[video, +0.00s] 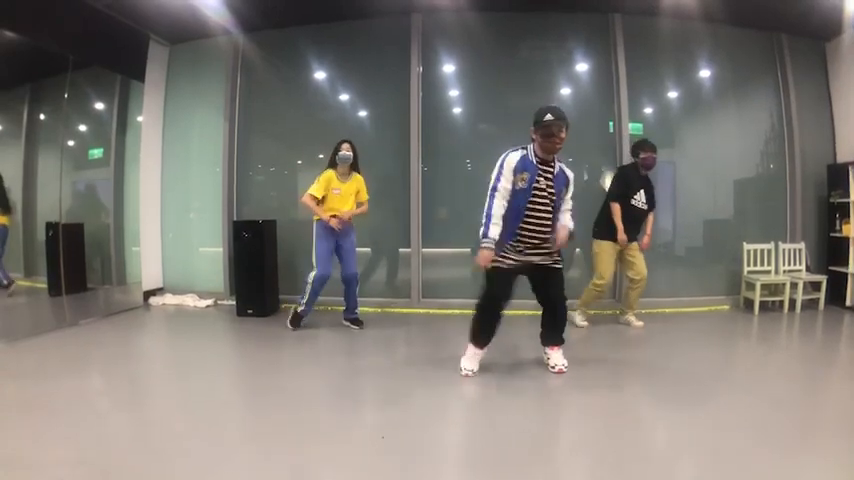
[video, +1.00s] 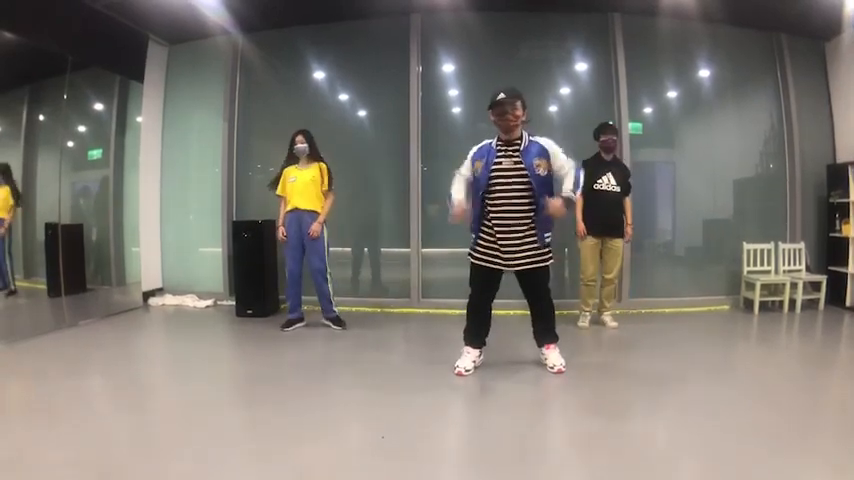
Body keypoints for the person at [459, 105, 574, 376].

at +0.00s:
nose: (556, 140)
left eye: (560, 134)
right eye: (549, 134)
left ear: (566, 135)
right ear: (534, 134)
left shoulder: (565, 175)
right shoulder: (513, 161)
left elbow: (566, 209)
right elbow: (497, 201)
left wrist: (564, 227)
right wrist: (487, 244)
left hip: (544, 252)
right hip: (509, 250)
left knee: (556, 301)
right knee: (493, 299)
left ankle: (553, 348)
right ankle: (476, 347)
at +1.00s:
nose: (509, 117)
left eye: (513, 111)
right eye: (501, 113)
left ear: (523, 113)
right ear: (492, 117)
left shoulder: (542, 148)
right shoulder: (480, 152)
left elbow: (569, 170)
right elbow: (461, 178)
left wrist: (564, 198)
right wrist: (458, 202)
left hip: (529, 238)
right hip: (489, 238)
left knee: (539, 294)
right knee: (480, 295)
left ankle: (549, 346)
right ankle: (472, 349)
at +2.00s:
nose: (482, 138)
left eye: (487, 131)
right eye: (475, 133)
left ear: (496, 131)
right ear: (465, 135)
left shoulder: (508, 164)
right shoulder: (452, 165)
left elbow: (521, 196)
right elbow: (423, 197)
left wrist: (523, 217)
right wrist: (447, 217)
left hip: (496, 249)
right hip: (458, 250)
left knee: (519, 298)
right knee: (433, 300)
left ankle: (525, 349)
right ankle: (405, 345)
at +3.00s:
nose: (463, 119)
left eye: (468, 114)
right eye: (456, 115)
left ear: (476, 117)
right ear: (446, 120)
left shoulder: (490, 156)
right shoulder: (428, 156)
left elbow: (500, 195)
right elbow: (418, 195)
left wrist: (509, 227)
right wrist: (419, 225)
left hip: (477, 244)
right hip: (437, 243)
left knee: (483, 297)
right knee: (423, 298)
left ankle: (466, 344)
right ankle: (415, 349)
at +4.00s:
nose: (443, 134)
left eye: (448, 127)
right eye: (436, 129)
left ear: (458, 127)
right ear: (428, 133)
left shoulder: (475, 159)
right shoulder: (417, 165)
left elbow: (493, 190)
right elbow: (407, 201)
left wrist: (491, 222)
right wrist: (404, 204)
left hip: (464, 245)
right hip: (428, 246)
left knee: (460, 292)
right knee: (416, 300)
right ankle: (407, 351)